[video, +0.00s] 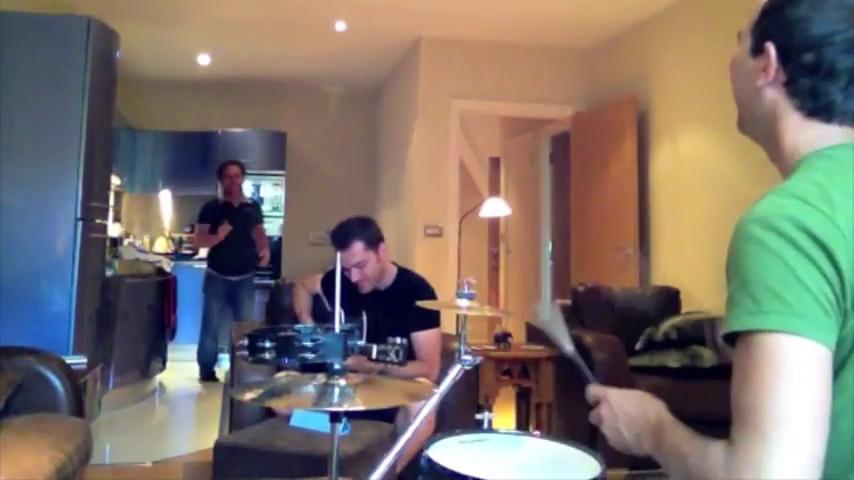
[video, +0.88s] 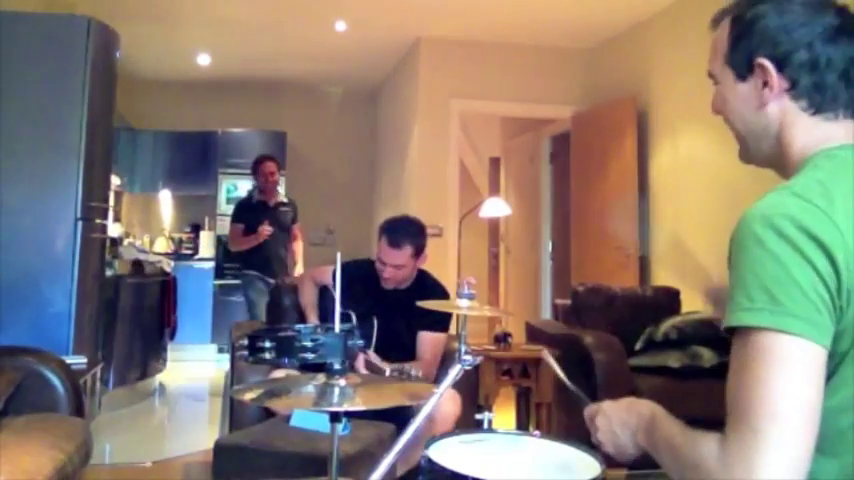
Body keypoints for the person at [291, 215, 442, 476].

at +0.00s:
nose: (354, 277)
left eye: (361, 266)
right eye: (347, 269)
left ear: (382, 252)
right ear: (341, 263)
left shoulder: (416, 291)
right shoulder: (340, 281)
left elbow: (429, 370)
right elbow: (301, 287)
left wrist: (373, 368)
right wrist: (306, 325)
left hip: (396, 389)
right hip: (342, 384)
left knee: (423, 412)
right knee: (282, 401)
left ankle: (384, 474)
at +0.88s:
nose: (387, 273)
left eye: (397, 267)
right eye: (381, 263)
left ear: (420, 261)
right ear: (376, 250)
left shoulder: (433, 296)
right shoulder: (358, 272)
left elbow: (427, 370)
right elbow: (308, 278)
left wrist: (384, 369)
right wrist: (314, 325)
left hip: (399, 387)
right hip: (346, 379)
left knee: (448, 404)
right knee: (279, 384)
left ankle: (394, 470)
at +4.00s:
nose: (355, 281)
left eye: (363, 271)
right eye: (348, 272)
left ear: (386, 259)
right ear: (341, 262)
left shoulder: (412, 294)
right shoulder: (333, 279)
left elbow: (423, 371)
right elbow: (294, 283)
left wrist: (367, 364)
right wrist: (304, 329)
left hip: (388, 388)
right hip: (335, 381)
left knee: (438, 402)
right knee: (280, 385)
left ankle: (389, 473)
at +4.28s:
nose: (355, 283)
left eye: (363, 274)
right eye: (348, 275)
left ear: (386, 260)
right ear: (341, 264)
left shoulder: (411, 294)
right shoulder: (334, 279)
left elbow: (423, 369)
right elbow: (294, 287)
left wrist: (368, 369)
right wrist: (306, 333)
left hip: (389, 390)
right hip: (335, 383)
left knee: (438, 406)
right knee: (281, 391)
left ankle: (390, 473)